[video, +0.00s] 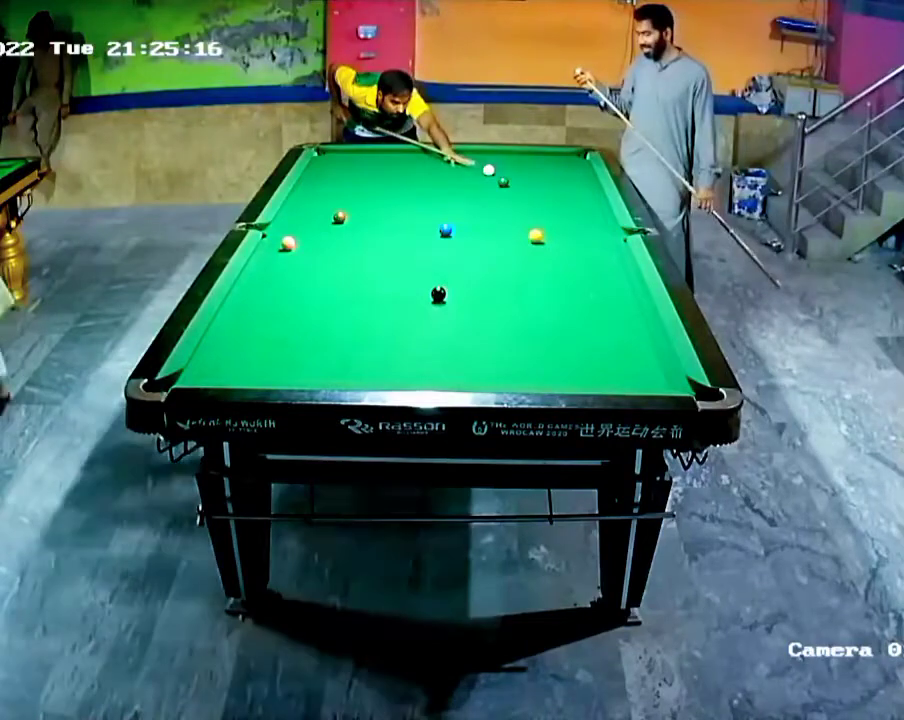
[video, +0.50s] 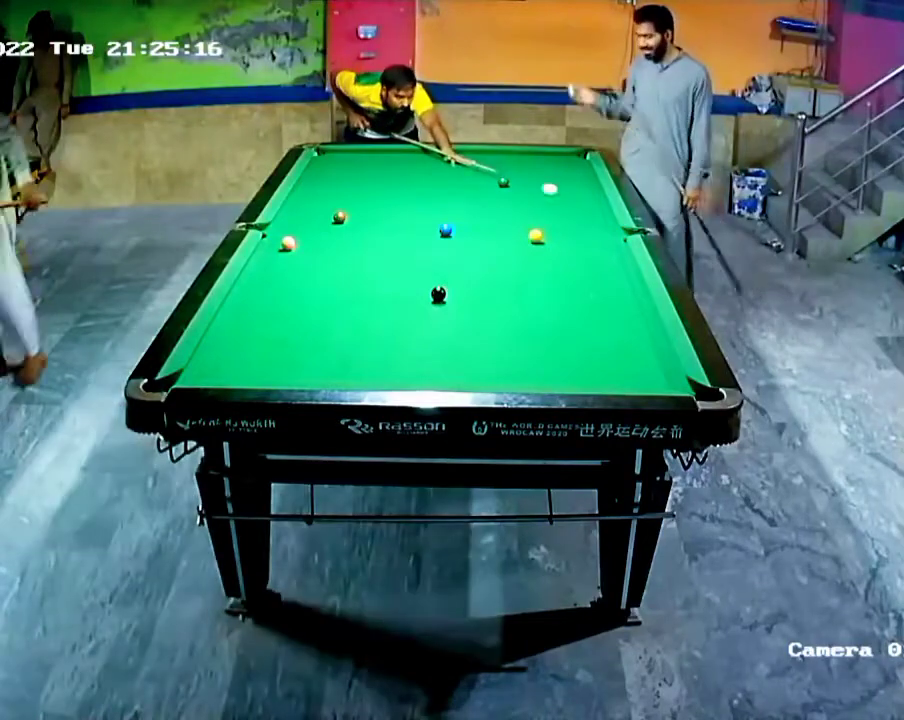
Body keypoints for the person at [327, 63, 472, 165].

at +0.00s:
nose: (400, 110)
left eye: (405, 103)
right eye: (395, 103)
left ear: (410, 97)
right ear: (380, 95)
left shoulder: (410, 96)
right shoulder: (358, 91)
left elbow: (430, 125)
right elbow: (334, 70)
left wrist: (447, 150)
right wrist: (336, 104)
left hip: (400, 135)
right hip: (362, 134)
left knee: (403, 181)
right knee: (359, 180)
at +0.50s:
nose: (405, 103)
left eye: (410, 97)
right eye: (399, 97)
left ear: (414, 90)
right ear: (384, 91)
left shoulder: (416, 91)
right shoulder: (361, 90)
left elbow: (433, 123)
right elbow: (336, 79)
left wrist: (447, 151)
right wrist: (350, 112)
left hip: (403, 134)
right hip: (366, 134)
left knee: (406, 180)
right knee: (364, 180)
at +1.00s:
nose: (406, 100)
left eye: (410, 93)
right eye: (400, 94)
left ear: (415, 87)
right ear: (384, 88)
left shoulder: (418, 90)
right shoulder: (361, 89)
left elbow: (434, 123)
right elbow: (336, 78)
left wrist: (447, 150)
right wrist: (350, 111)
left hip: (403, 135)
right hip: (367, 135)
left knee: (407, 180)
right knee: (365, 181)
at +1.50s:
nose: (394, 21)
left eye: (398, 15)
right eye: (387, 15)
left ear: (403, 16)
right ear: (375, 17)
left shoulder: (418, 46)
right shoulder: (357, 47)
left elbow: (432, 86)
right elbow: (338, 70)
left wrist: (433, 121)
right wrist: (345, 106)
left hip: (405, 133)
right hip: (366, 134)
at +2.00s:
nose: (383, 6)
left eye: (388, 1)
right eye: (377, 2)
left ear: (395, 4)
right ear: (369, 5)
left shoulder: (415, 33)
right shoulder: (355, 38)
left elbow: (423, 66)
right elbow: (339, 72)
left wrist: (416, 88)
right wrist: (354, 106)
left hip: (407, 128)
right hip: (369, 130)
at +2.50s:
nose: (358, 14)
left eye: (362, 7)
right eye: (351, 11)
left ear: (370, 5)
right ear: (346, 13)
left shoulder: (398, 30)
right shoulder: (338, 45)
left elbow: (413, 60)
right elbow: (325, 77)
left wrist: (406, 92)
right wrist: (336, 115)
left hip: (403, 125)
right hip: (366, 130)